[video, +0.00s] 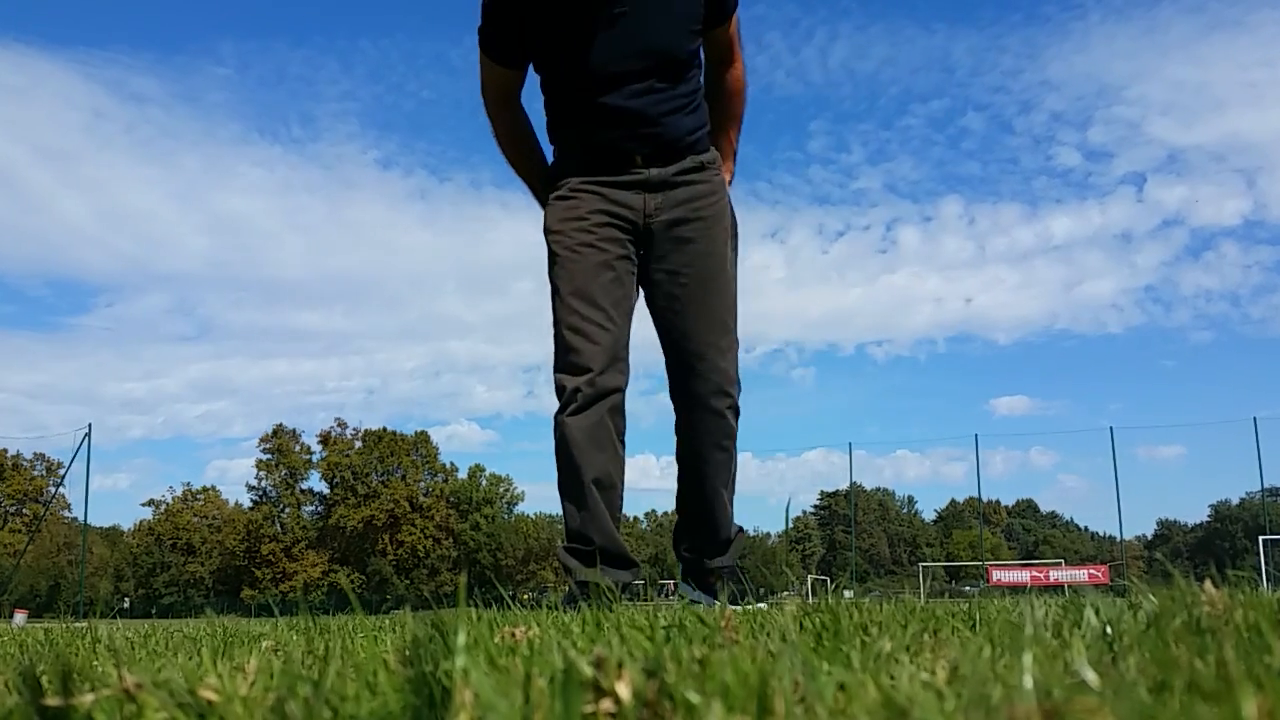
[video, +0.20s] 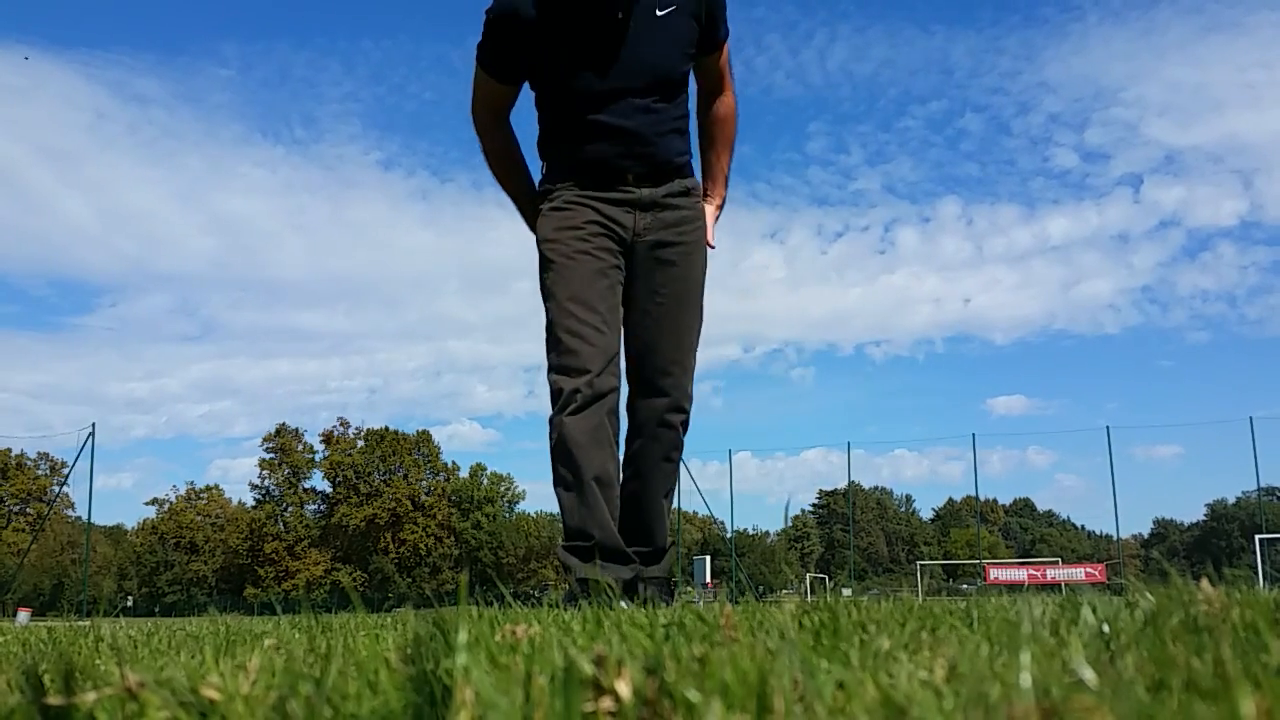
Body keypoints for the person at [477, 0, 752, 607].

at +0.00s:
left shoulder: (709, 6)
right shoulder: (513, 10)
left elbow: (725, 60)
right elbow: (500, 98)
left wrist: (722, 163)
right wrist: (549, 190)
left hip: (693, 186)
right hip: (586, 192)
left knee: (711, 386)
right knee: (589, 382)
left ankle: (710, 573)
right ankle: (595, 575)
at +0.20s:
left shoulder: (695, 5)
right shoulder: (522, 9)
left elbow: (717, 91)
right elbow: (489, 115)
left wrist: (712, 196)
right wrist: (535, 212)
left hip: (675, 207)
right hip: (577, 205)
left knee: (666, 397)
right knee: (584, 385)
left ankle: (648, 575)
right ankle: (594, 572)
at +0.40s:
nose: (640, 4)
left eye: (648, 1)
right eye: (631, 1)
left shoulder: (699, 24)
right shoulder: (545, 24)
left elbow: (708, 133)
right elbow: (490, 133)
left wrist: (700, 232)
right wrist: (525, 234)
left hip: (662, 230)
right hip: (573, 224)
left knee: (660, 409)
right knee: (582, 391)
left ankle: (643, 578)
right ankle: (594, 572)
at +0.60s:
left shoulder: (702, 52)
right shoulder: (555, 35)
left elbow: (696, 153)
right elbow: (492, 132)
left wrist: (674, 244)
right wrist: (515, 237)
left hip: (654, 241)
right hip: (564, 230)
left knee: (655, 410)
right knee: (565, 383)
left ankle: (637, 575)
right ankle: (571, 568)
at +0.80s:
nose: (687, 3)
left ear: (680, 6)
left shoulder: (694, 61)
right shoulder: (552, 38)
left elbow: (684, 160)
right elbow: (484, 132)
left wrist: (655, 240)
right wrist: (499, 236)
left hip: (643, 242)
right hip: (556, 230)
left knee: (649, 410)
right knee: (546, 375)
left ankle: (636, 578)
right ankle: (517, 570)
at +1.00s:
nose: (668, 3)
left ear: (666, 6)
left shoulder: (677, 65)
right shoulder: (527, 52)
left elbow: (671, 157)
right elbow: (462, 147)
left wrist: (648, 247)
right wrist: (477, 258)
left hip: (626, 249)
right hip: (534, 243)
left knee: (638, 413)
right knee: (521, 402)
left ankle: (636, 584)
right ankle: (500, 583)